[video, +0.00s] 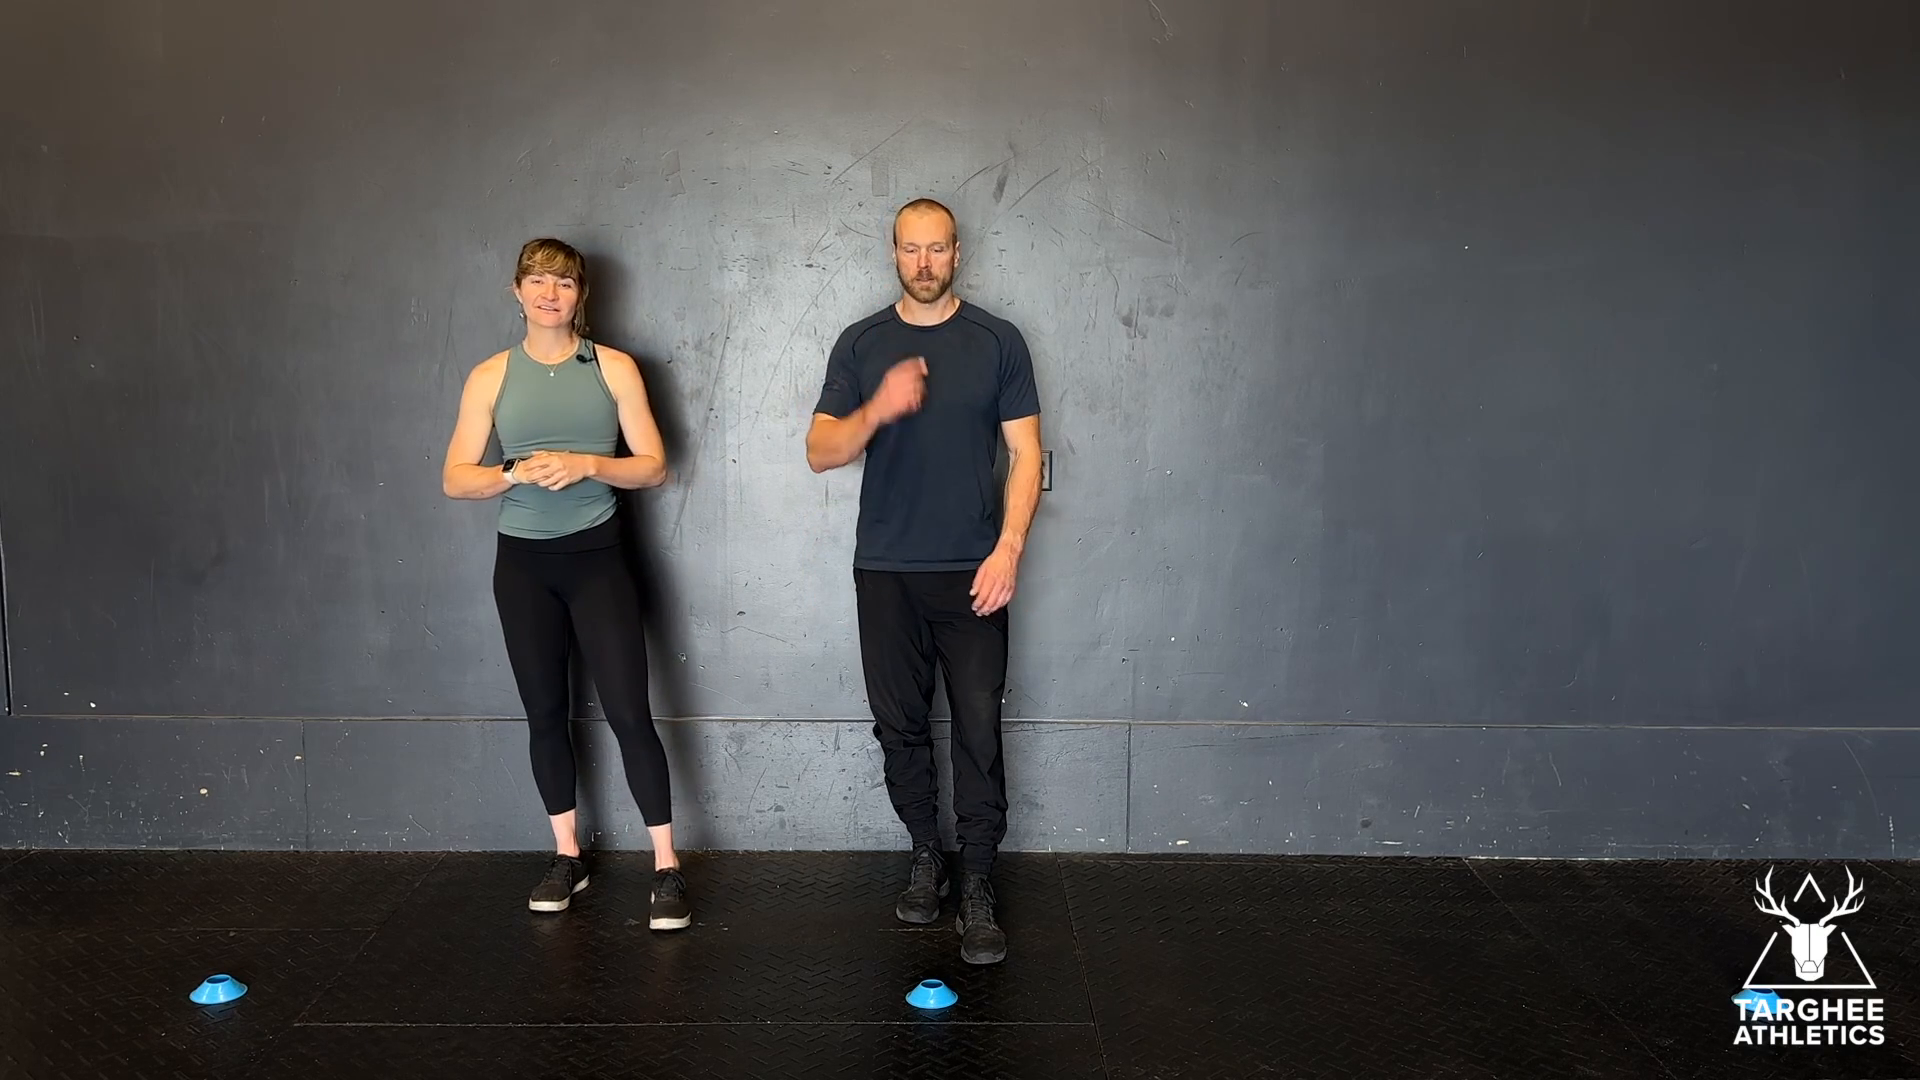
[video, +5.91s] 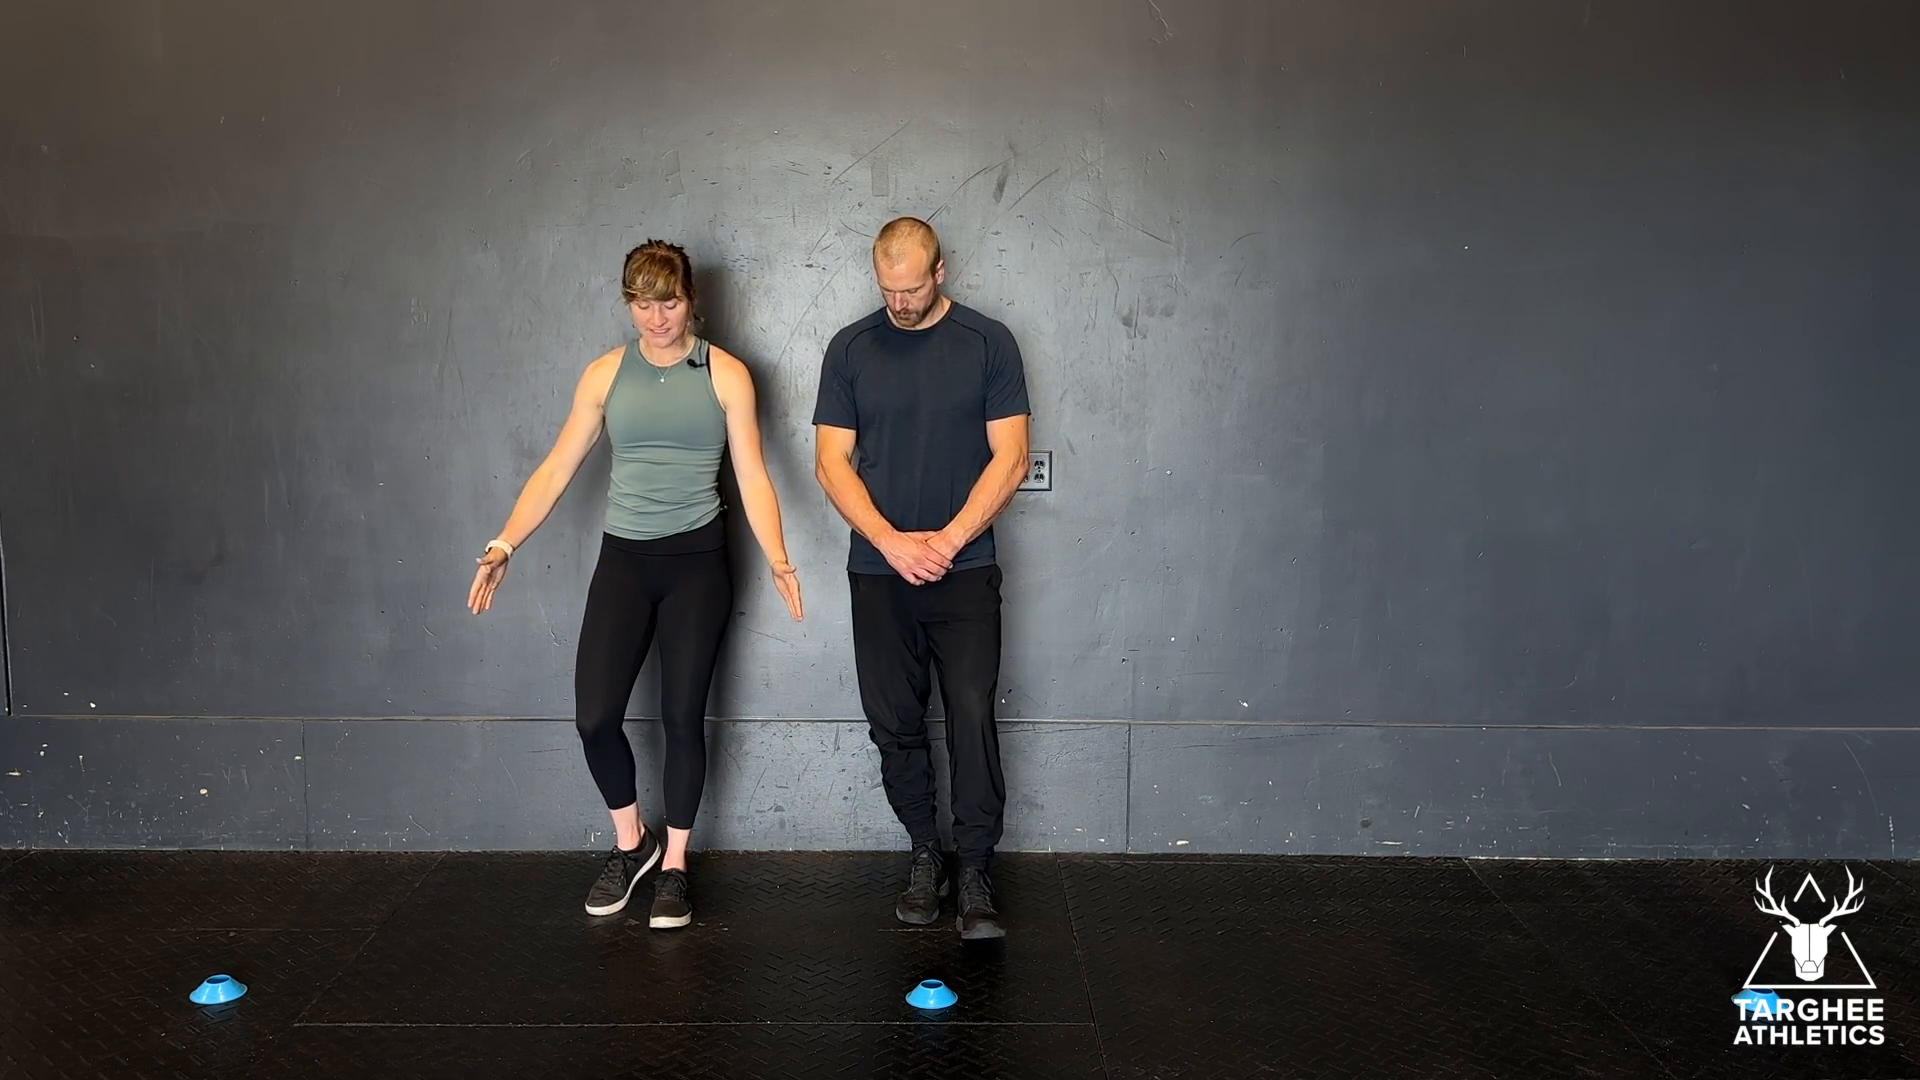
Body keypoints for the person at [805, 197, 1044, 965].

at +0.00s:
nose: (924, 259)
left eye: (936, 247)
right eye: (911, 248)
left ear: (955, 254)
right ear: (894, 255)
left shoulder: (997, 342)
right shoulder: (859, 345)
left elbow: (1026, 458)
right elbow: (821, 451)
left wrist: (1008, 551)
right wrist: (876, 409)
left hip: (973, 570)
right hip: (887, 571)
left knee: (978, 730)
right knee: (900, 728)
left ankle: (977, 880)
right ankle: (929, 860)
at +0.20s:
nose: (928, 257)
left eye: (940, 245)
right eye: (916, 244)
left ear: (958, 254)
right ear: (896, 253)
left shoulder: (998, 343)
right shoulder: (859, 347)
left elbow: (1024, 458)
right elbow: (831, 456)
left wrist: (970, 535)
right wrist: (900, 506)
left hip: (972, 568)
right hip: (887, 570)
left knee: (978, 729)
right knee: (900, 726)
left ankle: (978, 885)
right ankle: (930, 860)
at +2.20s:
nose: (923, 256)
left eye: (936, 244)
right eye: (911, 244)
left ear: (954, 255)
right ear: (892, 254)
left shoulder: (993, 343)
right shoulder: (855, 347)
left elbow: (1016, 459)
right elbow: (836, 463)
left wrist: (951, 542)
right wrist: (895, 540)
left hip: (968, 569)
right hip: (883, 569)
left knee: (974, 731)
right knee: (900, 727)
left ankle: (978, 884)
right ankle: (929, 859)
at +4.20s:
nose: (943, 298)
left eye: (951, 284)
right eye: (930, 287)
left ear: (958, 269)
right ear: (898, 275)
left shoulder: (991, 342)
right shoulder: (855, 348)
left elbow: (1015, 459)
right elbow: (835, 464)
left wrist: (954, 542)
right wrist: (896, 541)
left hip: (970, 567)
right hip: (885, 569)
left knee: (977, 725)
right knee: (900, 722)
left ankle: (978, 875)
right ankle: (928, 855)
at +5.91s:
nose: (900, 301)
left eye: (912, 289)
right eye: (890, 289)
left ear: (938, 273)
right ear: (875, 276)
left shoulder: (988, 343)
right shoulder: (851, 348)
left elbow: (1012, 460)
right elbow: (830, 462)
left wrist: (948, 540)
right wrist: (888, 539)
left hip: (963, 564)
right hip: (878, 566)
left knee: (972, 716)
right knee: (895, 721)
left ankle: (975, 871)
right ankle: (926, 854)